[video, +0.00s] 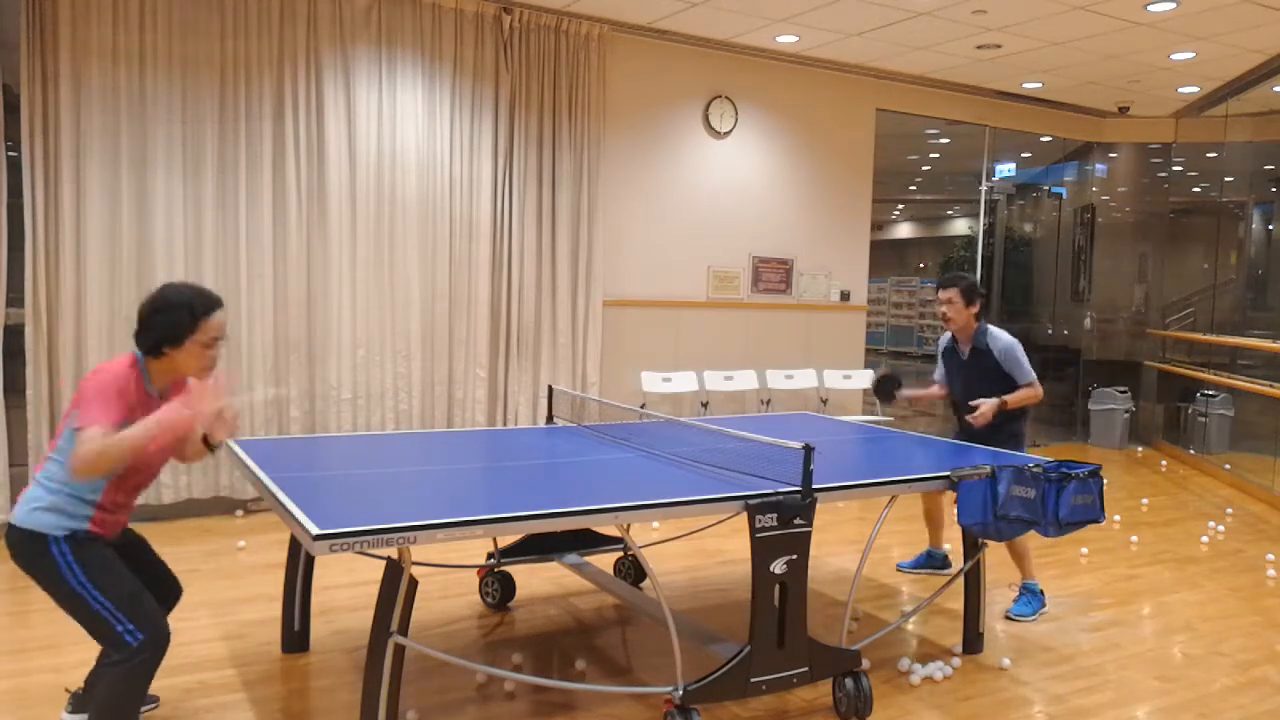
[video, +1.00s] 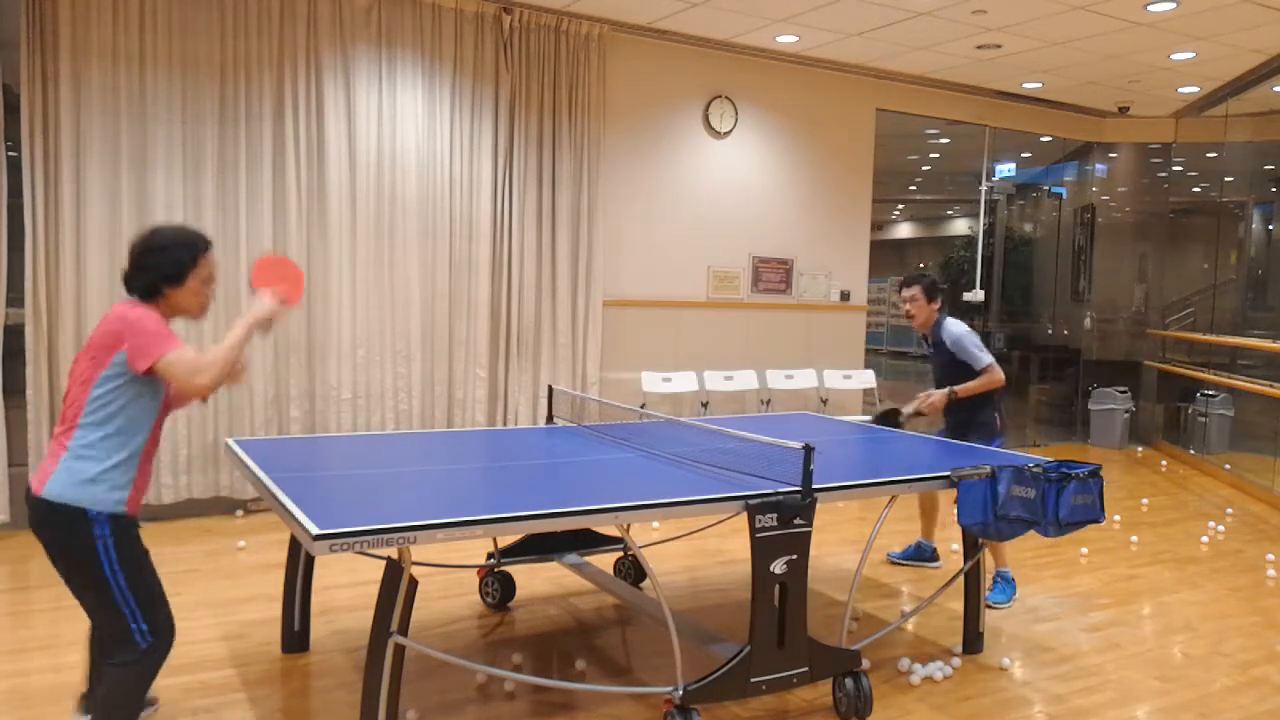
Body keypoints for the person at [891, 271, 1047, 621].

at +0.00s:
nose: (942, 311)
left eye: (949, 304)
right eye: (940, 304)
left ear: (974, 307)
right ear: (940, 307)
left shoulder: (1003, 344)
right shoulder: (947, 343)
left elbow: (1035, 392)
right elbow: (943, 390)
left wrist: (998, 403)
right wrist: (905, 395)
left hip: (1005, 446)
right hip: (965, 442)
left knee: (1005, 514)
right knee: (929, 482)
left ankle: (1031, 588)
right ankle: (936, 553)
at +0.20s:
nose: (920, 317)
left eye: (926, 309)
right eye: (918, 311)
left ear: (950, 309)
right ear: (940, 312)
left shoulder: (973, 338)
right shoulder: (954, 343)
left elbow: (1018, 384)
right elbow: (978, 386)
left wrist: (968, 402)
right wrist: (957, 407)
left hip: (1004, 443)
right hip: (976, 440)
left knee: (1001, 514)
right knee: (943, 485)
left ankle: (1031, 589)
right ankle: (940, 552)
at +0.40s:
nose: (910, 325)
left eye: (914, 318)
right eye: (910, 318)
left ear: (935, 317)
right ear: (934, 318)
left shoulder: (967, 342)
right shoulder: (942, 349)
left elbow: (1008, 388)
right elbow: (931, 386)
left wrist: (960, 406)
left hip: (997, 443)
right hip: (966, 440)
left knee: (995, 515)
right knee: (926, 481)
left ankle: (1029, 588)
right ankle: (937, 553)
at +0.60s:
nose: (918, 302)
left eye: (924, 295)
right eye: (916, 296)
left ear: (948, 297)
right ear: (922, 298)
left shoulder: (977, 330)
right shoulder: (925, 332)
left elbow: (1007, 377)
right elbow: (901, 369)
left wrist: (964, 387)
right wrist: (874, 356)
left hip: (984, 426)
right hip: (950, 425)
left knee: (978, 492)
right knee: (918, 477)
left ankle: (1002, 574)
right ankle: (932, 545)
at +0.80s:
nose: (921, 313)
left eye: (928, 306)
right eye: (918, 306)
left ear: (950, 310)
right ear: (915, 309)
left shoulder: (976, 344)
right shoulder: (921, 344)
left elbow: (1005, 392)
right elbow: (910, 388)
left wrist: (966, 403)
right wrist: (880, 386)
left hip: (981, 437)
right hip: (943, 434)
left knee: (978, 504)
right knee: (908, 478)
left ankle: (1003, 575)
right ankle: (923, 547)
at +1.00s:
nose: (906, 309)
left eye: (913, 301)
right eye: (903, 302)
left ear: (934, 303)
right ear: (904, 306)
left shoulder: (954, 332)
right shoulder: (930, 337)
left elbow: (996, 376)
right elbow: (953, 380)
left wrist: (949, 394)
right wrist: (930, 399)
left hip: (983, 431)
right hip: (955, 429)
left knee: (980, 504)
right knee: (925, 476)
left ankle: (1003, 575)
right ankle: (926, 546)